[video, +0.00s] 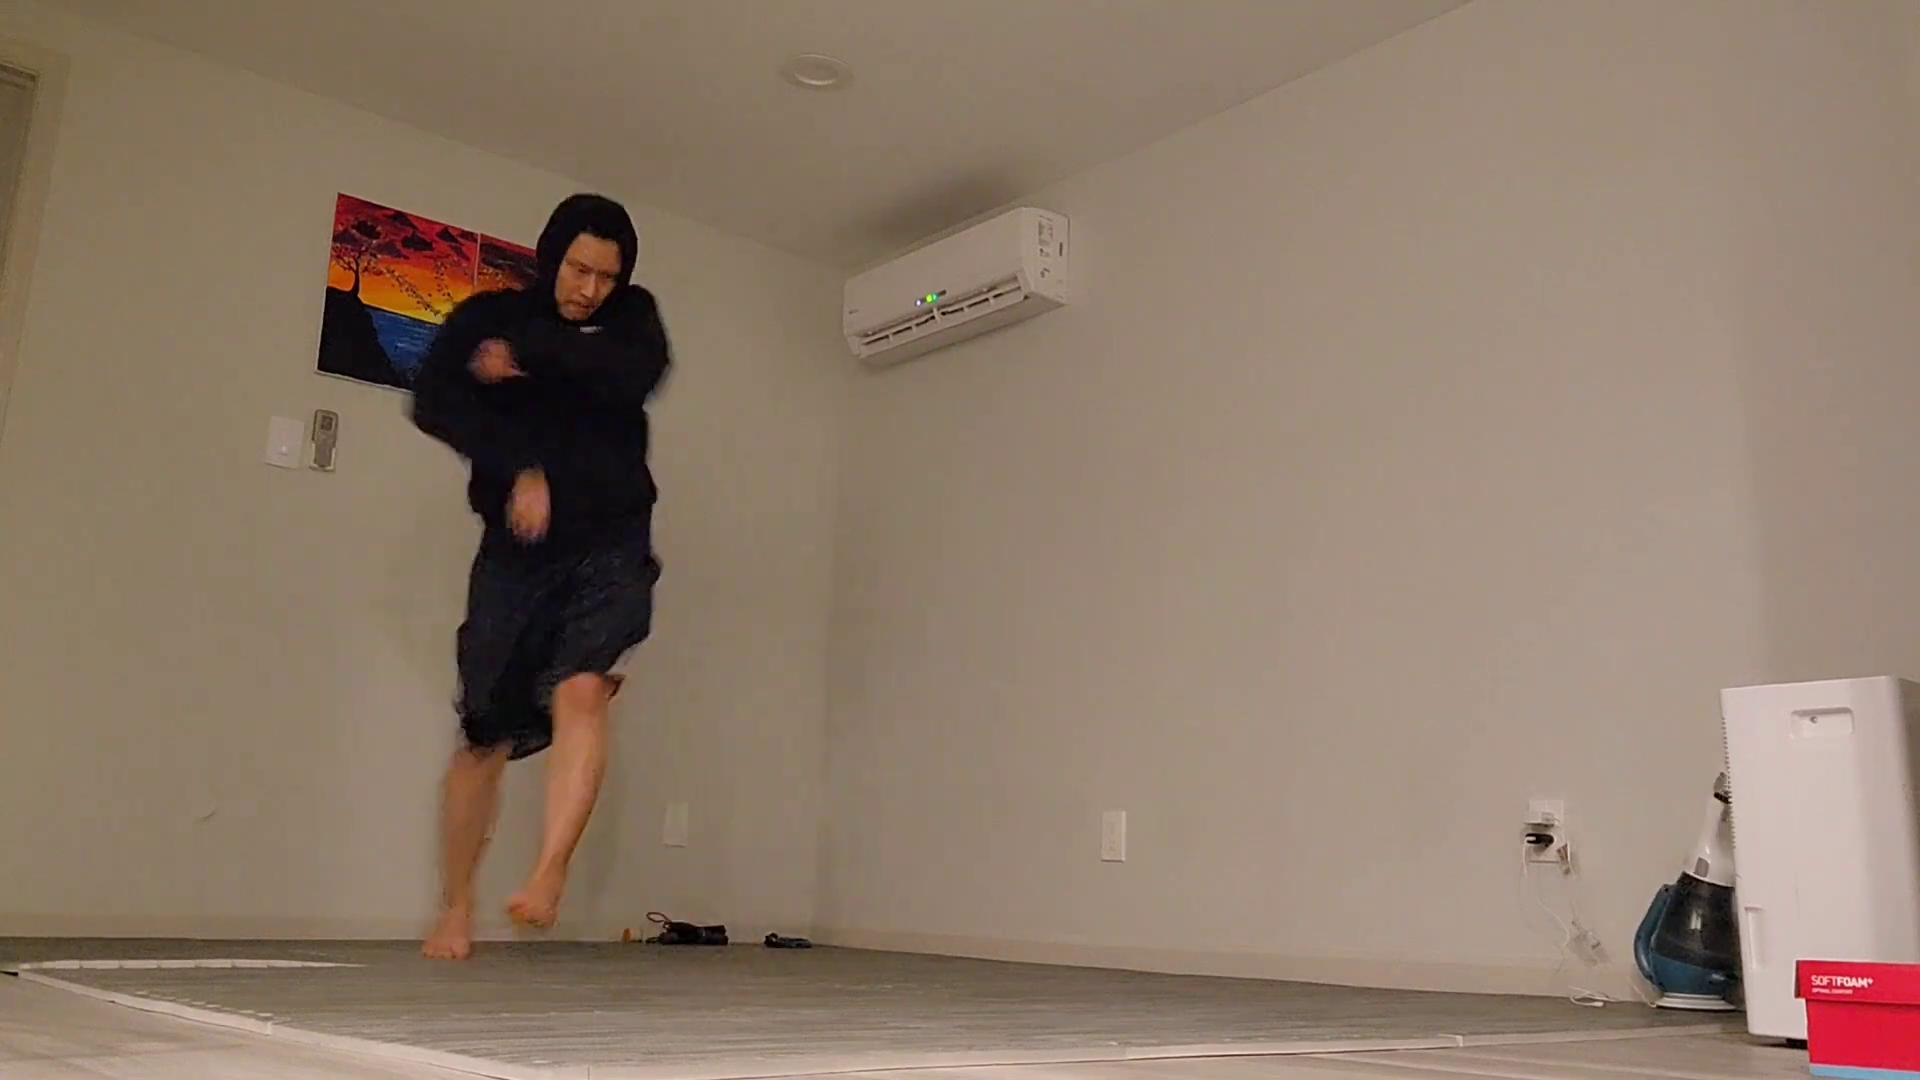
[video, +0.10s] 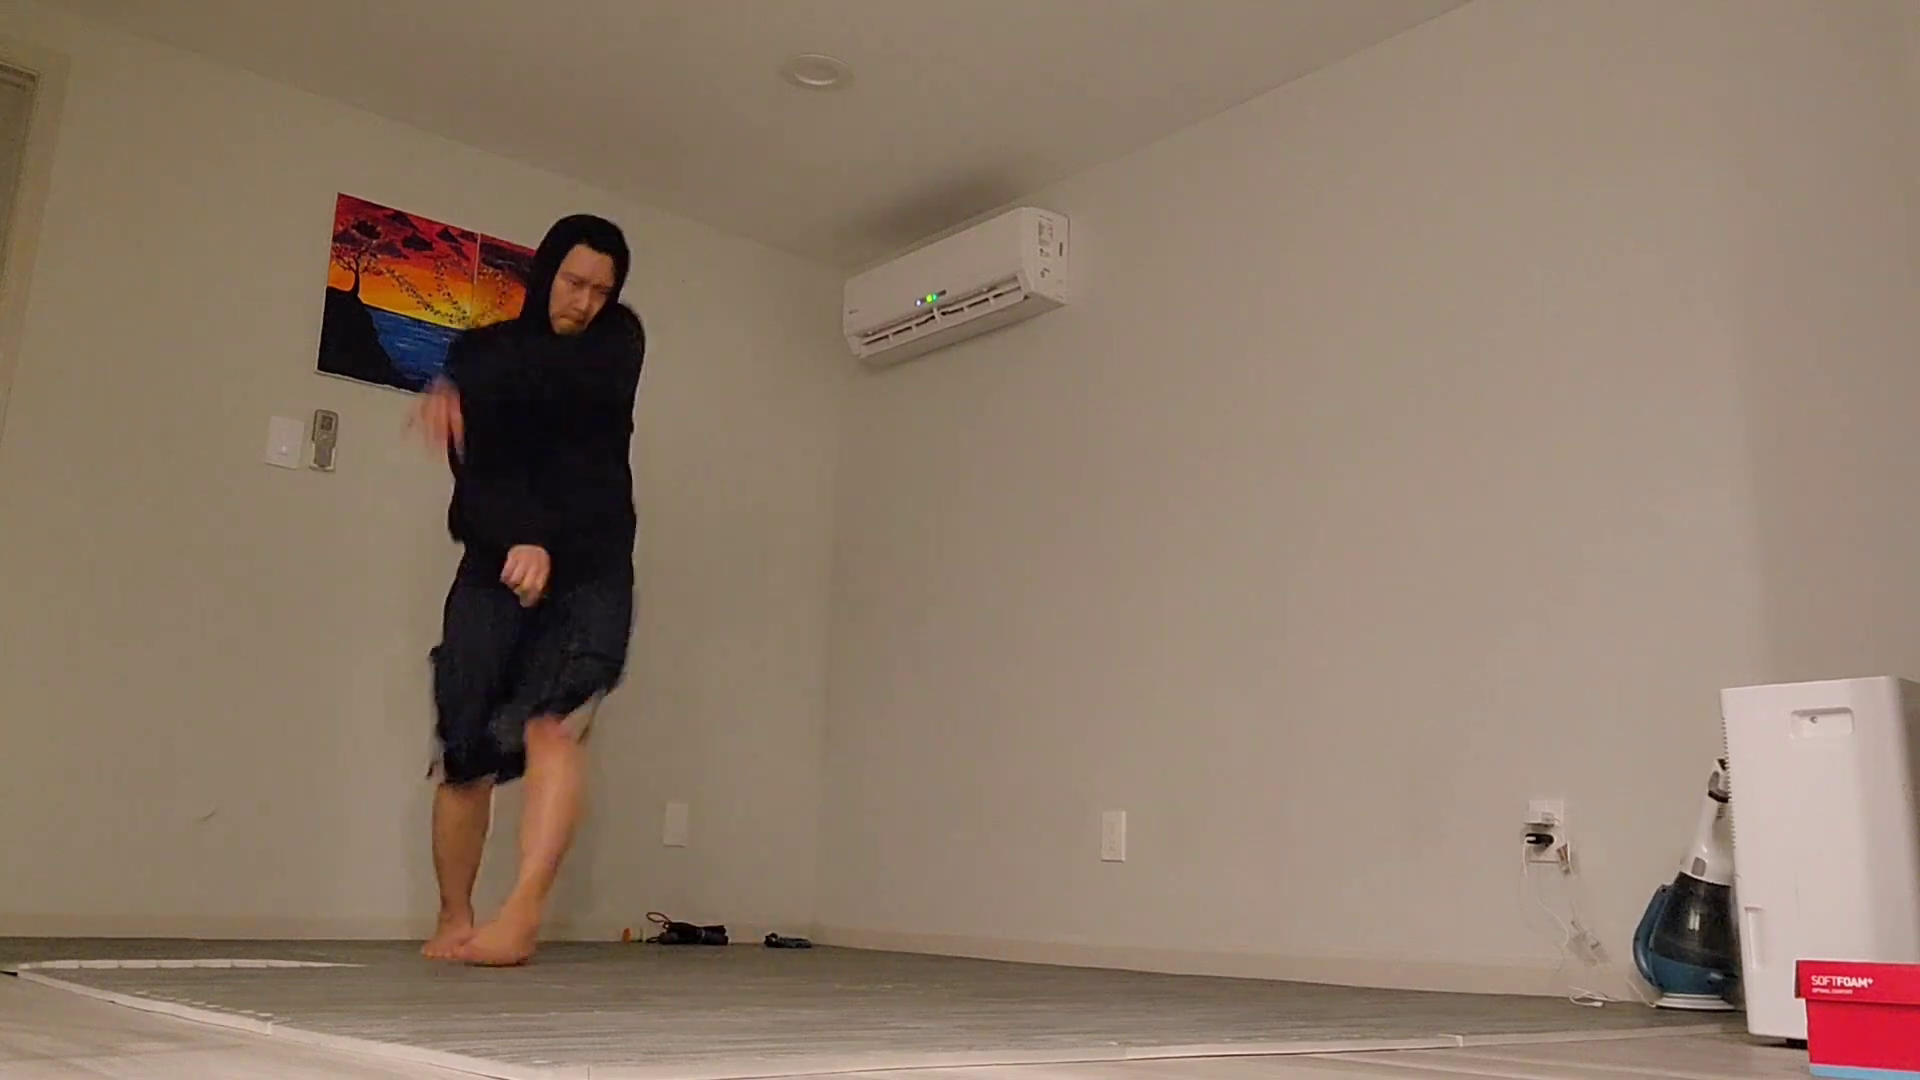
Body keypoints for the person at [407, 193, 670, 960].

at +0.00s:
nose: (586, 287)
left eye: (603, 274)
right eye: (575, 268)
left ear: (622, 275)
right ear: (549, 259)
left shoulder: (631, 316)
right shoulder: (490, 315)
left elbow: (637, 371)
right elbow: (433, 401)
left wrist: (525, 356)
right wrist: (517, 467)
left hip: (608, 544)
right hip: (514, 546)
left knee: (581, 688)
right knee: (485, 734)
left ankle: (549, 878)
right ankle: (456, 907)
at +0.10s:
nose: (582, 300)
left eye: (599, 289)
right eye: (572, 281)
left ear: (614, 293)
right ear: (544, 275)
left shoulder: (619, 338)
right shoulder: (484, 350)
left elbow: (567, 378)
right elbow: (476, 466)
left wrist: (464, 380)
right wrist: (520, 537)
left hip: (590, 562)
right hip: (494, 559)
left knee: (552, 724)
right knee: (468, 750)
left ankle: (521, 920)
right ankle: (455, 918)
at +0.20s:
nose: (558, 300)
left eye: (575, 287)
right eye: (546, 282)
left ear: (593, 293)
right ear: (517, 279)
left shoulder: (609, 343)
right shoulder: (471, 355)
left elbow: (582, 437)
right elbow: (449, 460)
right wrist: (497, 536)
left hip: (592, 563)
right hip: (497, 558)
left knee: (541, 730)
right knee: (439, 738)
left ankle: (506, 924)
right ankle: (461, 899)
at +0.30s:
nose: (507, 320)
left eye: (524, 304)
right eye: (495, 301)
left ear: (552, 298)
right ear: (478, 295)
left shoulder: (602, 362)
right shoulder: (467, 360)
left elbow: (628, 489)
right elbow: (428, 466)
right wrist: (480, 497)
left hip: (582, 581)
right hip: (498, 574)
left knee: (539, 738)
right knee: (407, 710)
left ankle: (503, 926)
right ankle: (497, 844)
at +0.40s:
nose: (492, 322)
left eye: (507, 307)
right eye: (480, 306)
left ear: (540, 297)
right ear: (466, 296)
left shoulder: (608, 344)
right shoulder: (461, 353)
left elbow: (686, 442)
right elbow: (439, 465)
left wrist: (715, 549)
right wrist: (482, 403)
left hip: (595, 567)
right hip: (505, 567)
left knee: (549, 731)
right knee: (434, 718)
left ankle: (507, 924)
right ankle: (546, 857)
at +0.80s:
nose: (597, 257)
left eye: (610, 243)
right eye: (583, 240)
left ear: (624, 254)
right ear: (548, 244)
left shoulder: (648, 340)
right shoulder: (488, 337)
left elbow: (702, 445)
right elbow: (420, 451)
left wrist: (699, 534)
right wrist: (464, 515)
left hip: (609, 572)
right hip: (505, 570)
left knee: (591, 747)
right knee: (471, 718)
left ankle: (561, 926)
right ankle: (534, 799)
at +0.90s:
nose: (614, 240)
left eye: (627, 228)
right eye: (600, 222)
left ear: (638, 239)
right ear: (565, 224)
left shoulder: (653, 323)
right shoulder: (494, 308)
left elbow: (690, 427)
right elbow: (391, 378)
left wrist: (615, 465)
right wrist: (387, 450)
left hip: (608, 558)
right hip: (506, 543)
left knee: (586, 746)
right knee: (506, 675)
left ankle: (533, 920)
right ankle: (514, 843)